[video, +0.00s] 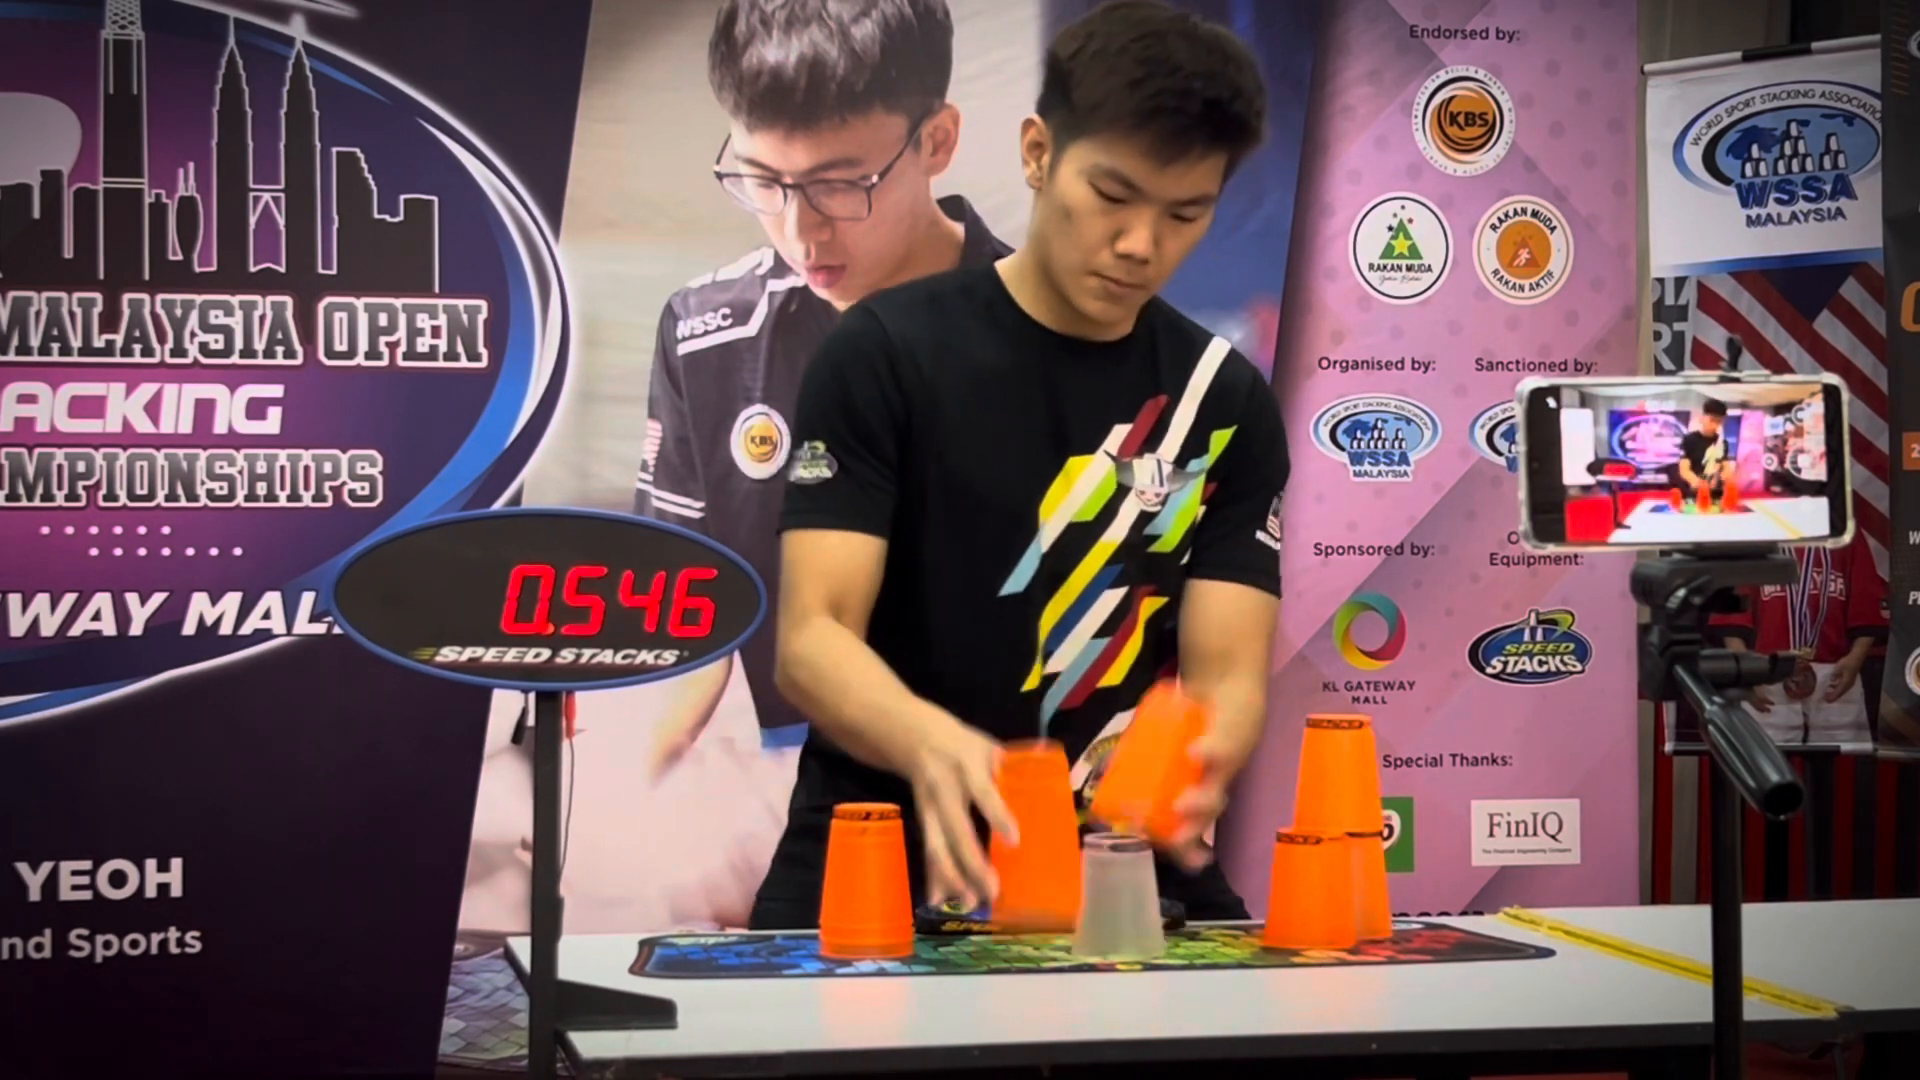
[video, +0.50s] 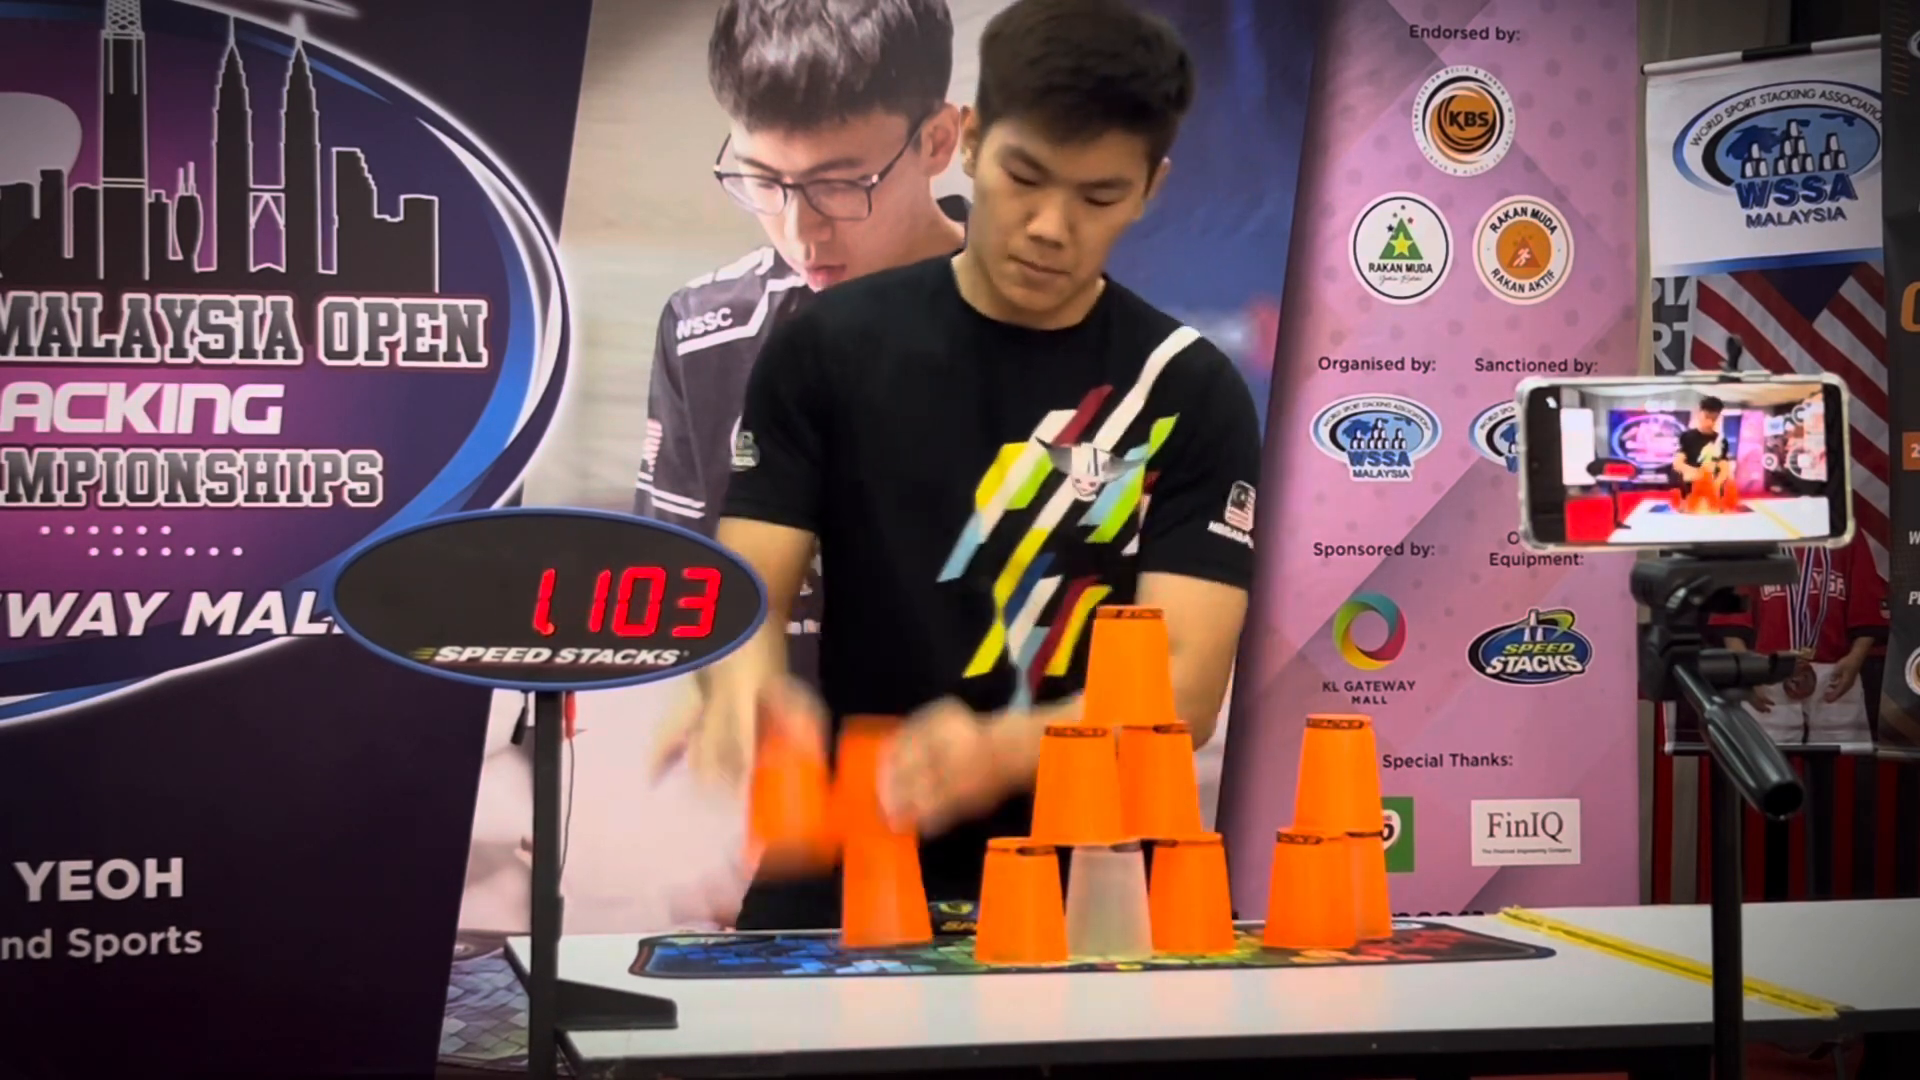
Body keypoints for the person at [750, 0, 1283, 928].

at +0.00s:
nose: (1139, 246)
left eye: (1184, 211)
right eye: (1111, 192)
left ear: (1217, 198)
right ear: (1037, 155)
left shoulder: (1229, 405)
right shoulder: (885, 353)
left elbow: (1227, 673)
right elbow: (812, 635)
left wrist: (1184, 763)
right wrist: (927, 745)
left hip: (1116, 892)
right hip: (874, 885)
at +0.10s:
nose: (1140, 235)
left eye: (1183, 201)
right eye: (1111, 182)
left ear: (1218, 187)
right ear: (1036, 143)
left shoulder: (1228, 394)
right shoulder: (880, 337)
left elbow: (1238, 666)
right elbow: (795, 614)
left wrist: (1202, 820)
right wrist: (922, 691)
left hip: (1099, 887)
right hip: (869, 876)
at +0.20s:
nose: (1138, 227)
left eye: (1181, 193)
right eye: (1109, 174)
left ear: (1218, 183)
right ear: (1036, 138)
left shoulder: (1231, 385)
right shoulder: (887, 329)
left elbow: (1255, 653)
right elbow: (794, 604)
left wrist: (1216, 750)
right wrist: (947, 643)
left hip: (1099, 892)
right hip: (870, 877)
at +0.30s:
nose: (1127, 231)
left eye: (1171, 198)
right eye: (1099, 178)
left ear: (1208, 186)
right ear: (1028, 141)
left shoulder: (1232, 384)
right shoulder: (881, 335)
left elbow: (1258, 643)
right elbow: (792, 601)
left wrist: (1216, 724)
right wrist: (931, 675)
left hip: (1117, 889)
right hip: (881, 872)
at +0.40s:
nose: (1089, 235)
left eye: (1136, 204)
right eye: (1062, 183)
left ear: (1182, 194)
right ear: (1002, 146)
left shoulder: (1216, 396)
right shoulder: (856, 351)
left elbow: (1218, 686)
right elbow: (765, 608)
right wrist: (811, 709)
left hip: (1094, 894)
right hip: (867, 877)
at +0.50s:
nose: (1050, 228)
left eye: (1099, 196)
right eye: (1025, 176)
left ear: (1150, 187)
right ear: (969, 140)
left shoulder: (1189, 394)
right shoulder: (826, 346)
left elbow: (1181, 697)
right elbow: (740, 593)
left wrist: (1007, 749)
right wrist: (746, 679)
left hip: (1073, 895)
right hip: (841, 882)